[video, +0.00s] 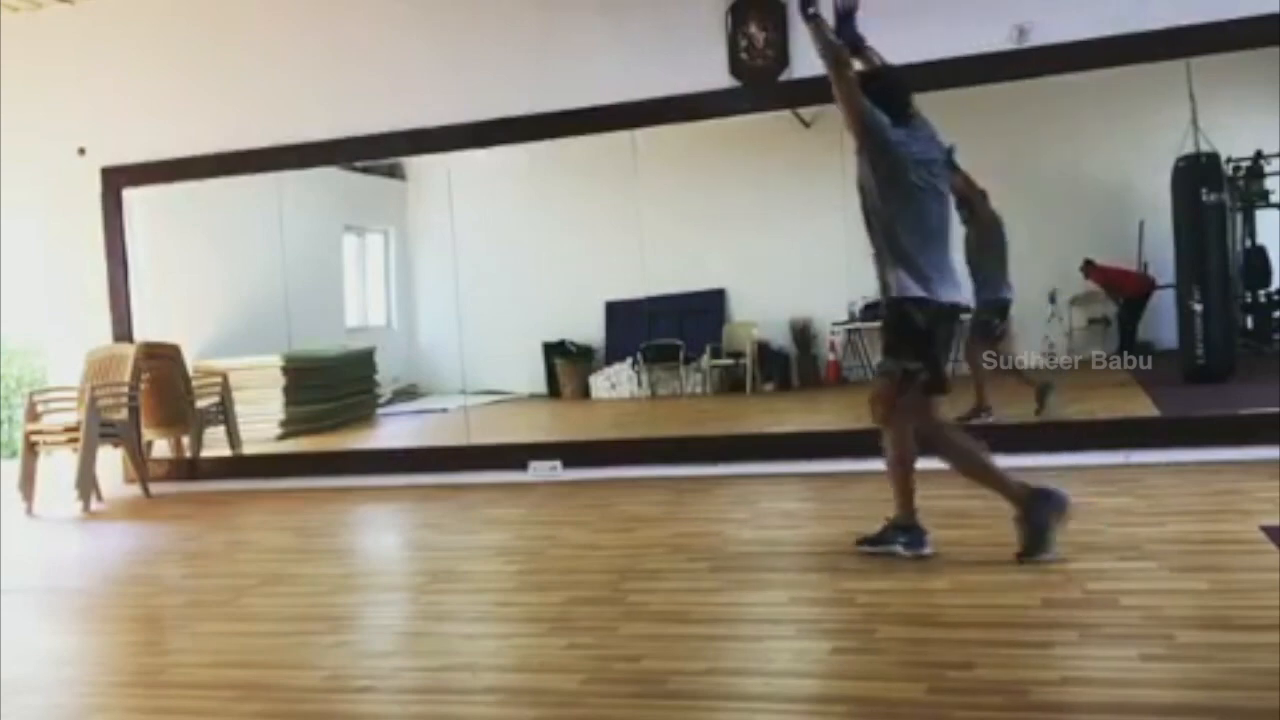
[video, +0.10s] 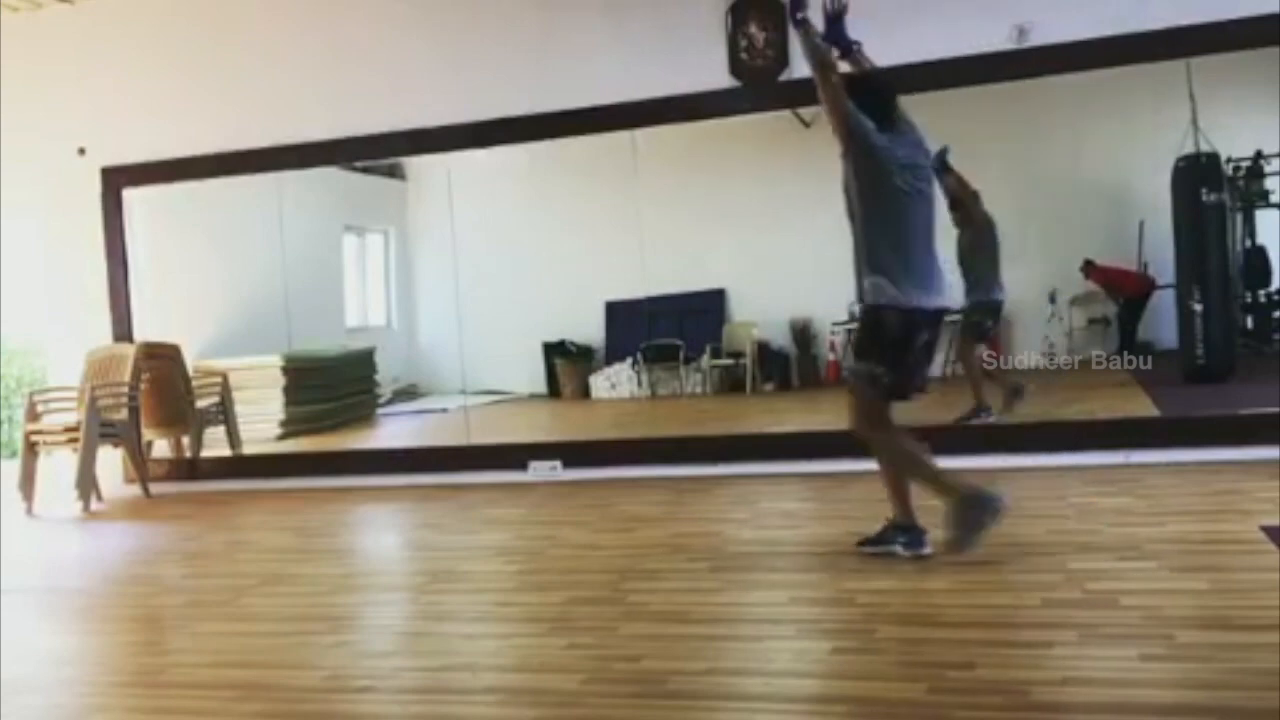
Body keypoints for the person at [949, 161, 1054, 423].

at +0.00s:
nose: (959, 214)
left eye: (962, 208)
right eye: (958, 209)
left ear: (973, 205)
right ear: (967, 208)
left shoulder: (987, 224)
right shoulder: (977, 227)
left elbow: (972, 193)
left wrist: (951, 166)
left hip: (994, 299)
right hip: (988, 299)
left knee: (973, 351)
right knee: (996, 356)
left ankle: (982, 404)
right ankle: (1037, 386)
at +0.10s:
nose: (951, 213)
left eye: (955, 207)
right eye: (951, 208)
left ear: (968, 206)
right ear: (955, 210)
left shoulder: (980, 224)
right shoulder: (968, 227)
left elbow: (965, 195)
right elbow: (957, 195)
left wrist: (946, 170)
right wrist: (944, 172)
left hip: (986, 300)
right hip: (978, 300)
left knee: (967, 351)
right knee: (970, 355)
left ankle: (981, 404)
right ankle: (1009, 386)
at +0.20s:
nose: (938, 225)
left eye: (941, 219)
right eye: (936, 219)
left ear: (952, 216)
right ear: (941, 220)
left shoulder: (966, 233)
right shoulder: (953, 235)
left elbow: (952, 203)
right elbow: (943, 204)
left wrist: (932, 177)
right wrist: (929, 179)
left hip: (968, 308)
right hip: (953, 307)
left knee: (949, 358)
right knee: (921, 342)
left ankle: (977, 405)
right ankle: (905, 393)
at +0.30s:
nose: (928, 228)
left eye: (930, 221)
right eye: (927, 222)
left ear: (942, 220)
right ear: (937, 221)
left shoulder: (955, 239)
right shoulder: (946, 242)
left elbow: (944, 208)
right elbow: (937, 209)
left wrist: (922, 179)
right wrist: (921, 181)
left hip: (959, 311)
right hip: (949, 310)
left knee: (944, 363)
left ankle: (976, 406)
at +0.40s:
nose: (905, 218)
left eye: (908, 211)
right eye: (904, 212)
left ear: (920, 209)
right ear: (910, 210)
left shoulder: (932, 227)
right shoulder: (920, 230)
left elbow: (916, 195)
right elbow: (907, 196)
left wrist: (896, 166)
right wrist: (892, 168)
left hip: (943, 298)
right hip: (926, 295)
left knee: (944, 353)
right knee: (878, 294)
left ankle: (974, 402)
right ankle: (847, 332)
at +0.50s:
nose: (889, 203)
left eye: (892, 198)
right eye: (888, 198)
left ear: (905, 196)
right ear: (895, 199)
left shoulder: (917, 213)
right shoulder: (906, 218)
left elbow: (898, 184)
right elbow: (891, 184)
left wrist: (878, 156)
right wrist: (876, 158)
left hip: (934, 286)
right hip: (917, 282)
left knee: (942, 338)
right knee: (869, 283)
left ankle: (967, 393)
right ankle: (842, 329)